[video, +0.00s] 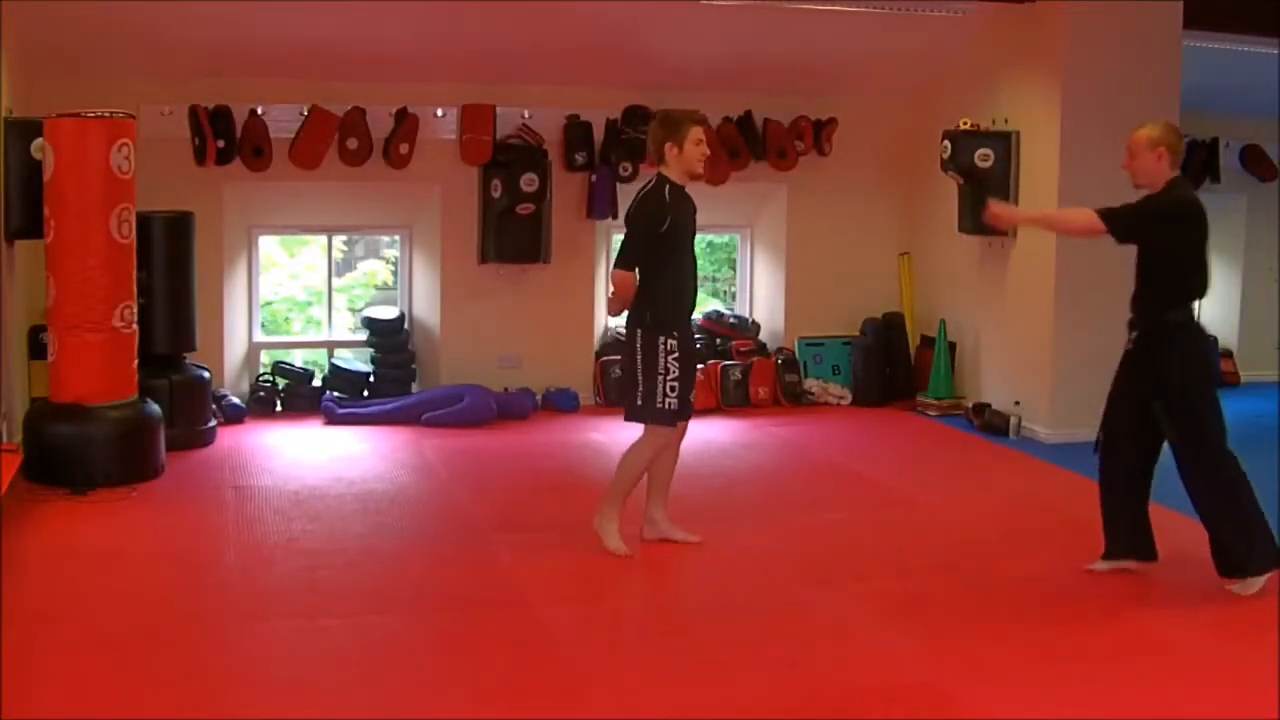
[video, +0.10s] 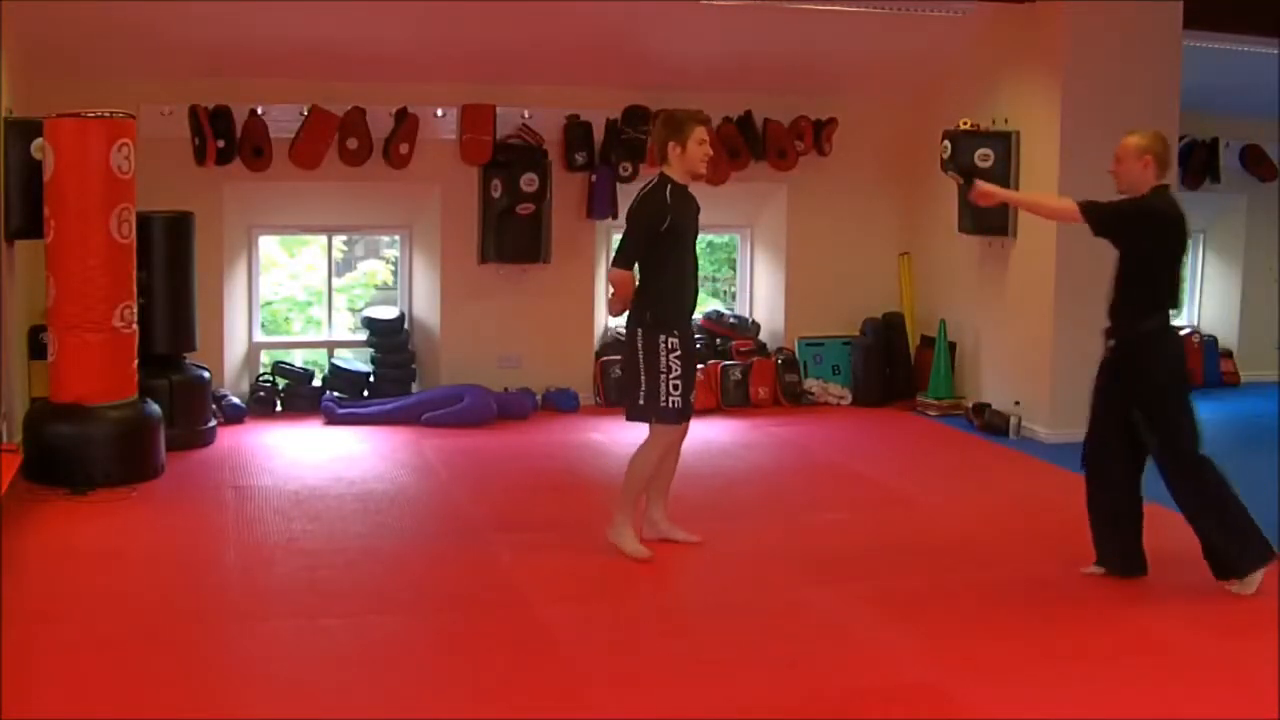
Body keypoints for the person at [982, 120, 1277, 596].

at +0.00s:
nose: (1126, 164)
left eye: (1132, 154)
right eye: (1127, 155)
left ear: (1161, 157)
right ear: (1161, 158)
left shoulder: (1174, 206)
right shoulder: (1168, 204)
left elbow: (1090, 223)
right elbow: (1095, 223)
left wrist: (1017, 216)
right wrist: (1022, 218)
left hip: (1176, 347)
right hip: (1148, 346)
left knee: (1204, 455)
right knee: (1121, 445)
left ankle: (1255, 558)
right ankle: (1128, 548)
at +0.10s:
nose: (1112, 168)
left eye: (1119, 160)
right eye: (1114, 159)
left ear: (1147, 164)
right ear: (1148, 166)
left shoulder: (1150, 212)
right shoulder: (1161, 210)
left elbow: (1068, 210)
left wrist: (1003, 195)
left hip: (1149, 352)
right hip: (1133, 351)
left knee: (1178, 458)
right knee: (1107, 454)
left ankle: (1248, 555)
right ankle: (1120, 558)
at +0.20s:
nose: (1091, 167)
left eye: (1098, 159)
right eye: (1093, 159)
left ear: (1126, 165)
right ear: (1126, 166)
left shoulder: (1129, 211)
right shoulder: (1132, 209)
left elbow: (1045, 202)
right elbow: (1046, 202)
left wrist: (977, 184)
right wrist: (982, 186)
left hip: (1126, 346)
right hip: (1112, 343)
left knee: (1127, 453)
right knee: (1098, 451)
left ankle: (1217, 542)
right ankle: (1115, 559)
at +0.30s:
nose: (1069, 154)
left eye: (1076, 147)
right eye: (1071, 146)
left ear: (1102, 154)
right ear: (1103, 154)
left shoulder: (1104, 200)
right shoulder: (1108, 198)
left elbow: (1023, 193)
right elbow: (1028, 194)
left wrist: (954, 176)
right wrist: (969, 178)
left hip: (1097, 337)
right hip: (1098, 333)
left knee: (1088, 445)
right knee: (1091, 444)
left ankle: (1146, 539)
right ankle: (1108, 553)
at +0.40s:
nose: (1042, 145)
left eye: (1050, 138)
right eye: (1046, 137)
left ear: (1076, 146)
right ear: (1079, 147)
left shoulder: (1076, 191)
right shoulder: (1087, 191)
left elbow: (1002, 187)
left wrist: (931, 176)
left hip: (1073, 328)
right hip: (1084, 325)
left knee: (1043, 439)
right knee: (1092, 436)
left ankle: (1077, 549)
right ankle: (1111, 545)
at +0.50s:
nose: (1011, 147)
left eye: (1021, 139)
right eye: (1015, 139)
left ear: (1047, 150)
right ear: (1047, 151)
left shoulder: (1046, 196)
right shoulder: (1054, 194)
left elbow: (967, 190)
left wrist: (899, 180)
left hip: (1047, 332)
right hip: (1054, 328)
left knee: (1015, 440)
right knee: (1073, 437)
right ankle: (1104, 544)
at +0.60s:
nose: (978, 160)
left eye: (987, 152)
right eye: (981, 151)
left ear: (1013, 160)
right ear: (1015, 162)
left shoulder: (1012, 206)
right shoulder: (1025, 205)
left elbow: (934, 200)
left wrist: (871, 186)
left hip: (1010, 346)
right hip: (1021, 341)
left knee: (969, 449)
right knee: (1051, 444)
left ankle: (930, 557)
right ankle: (1100, 540)